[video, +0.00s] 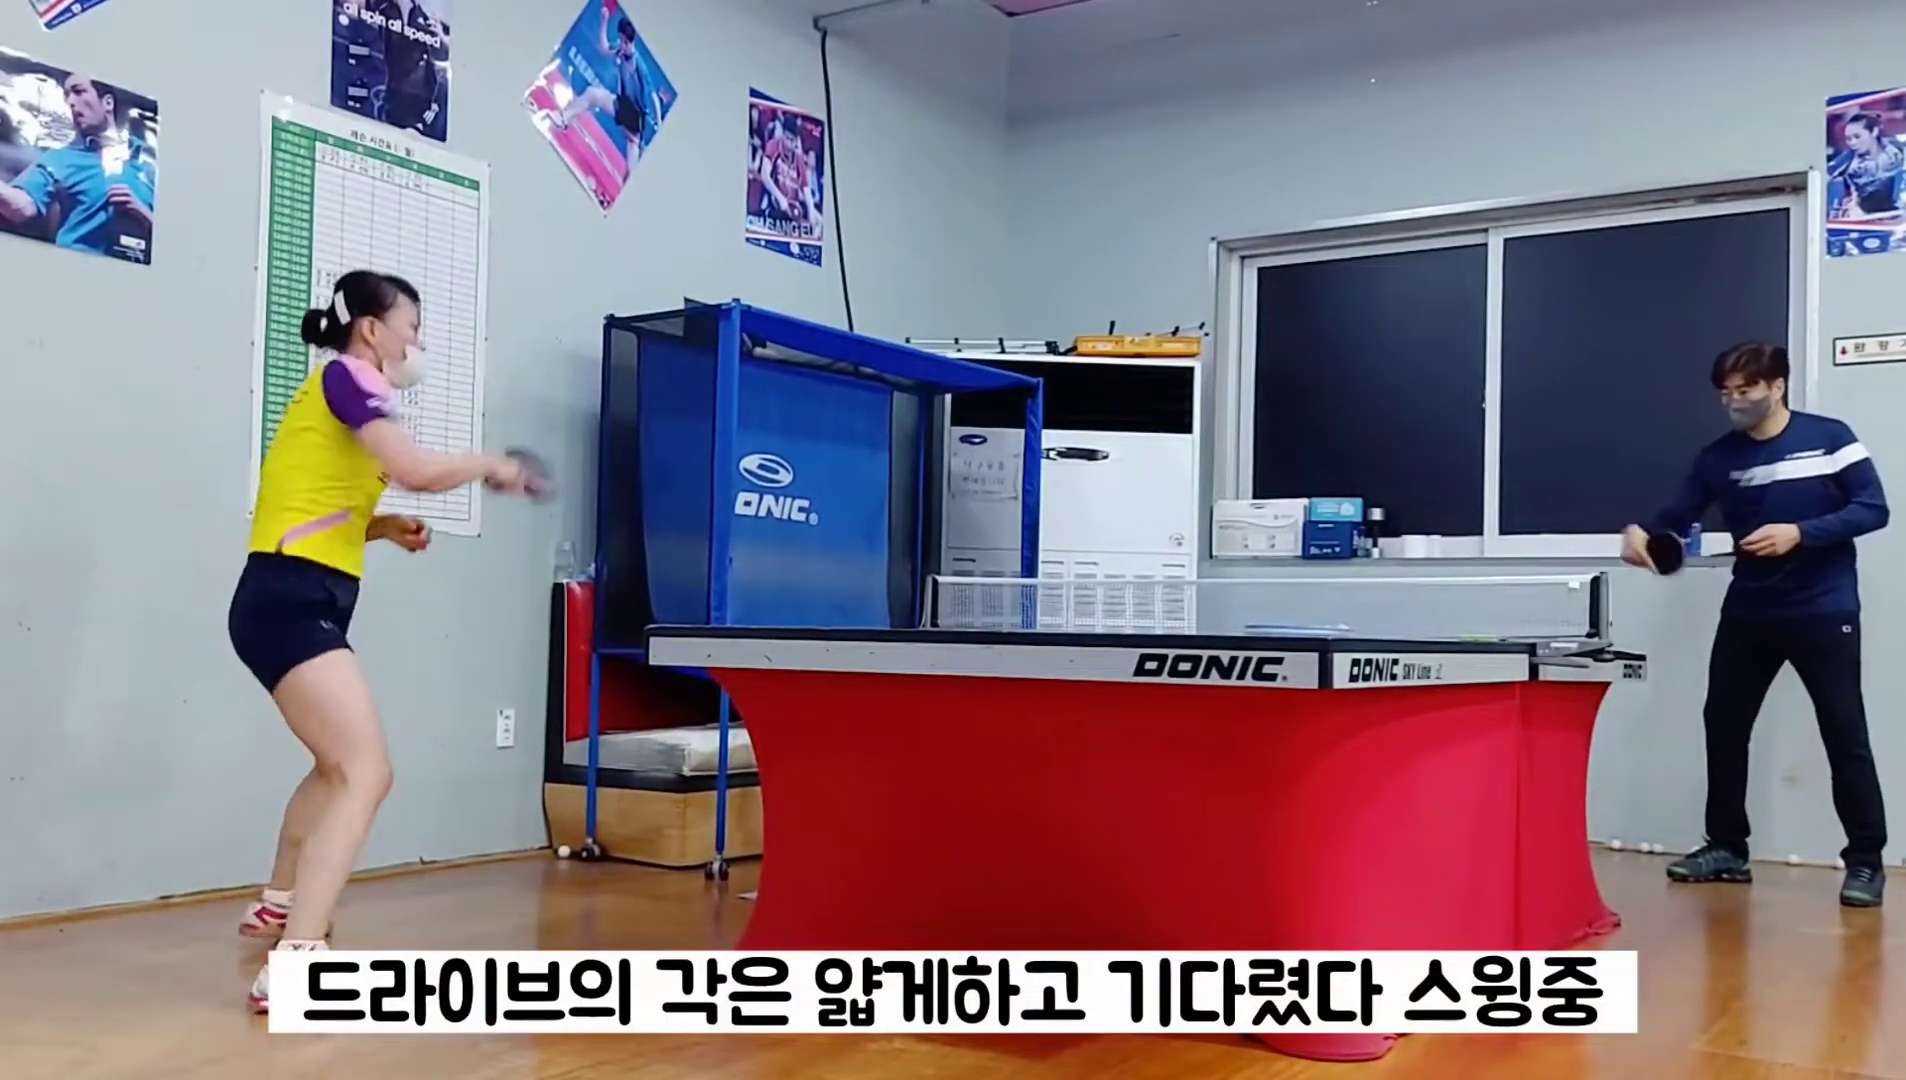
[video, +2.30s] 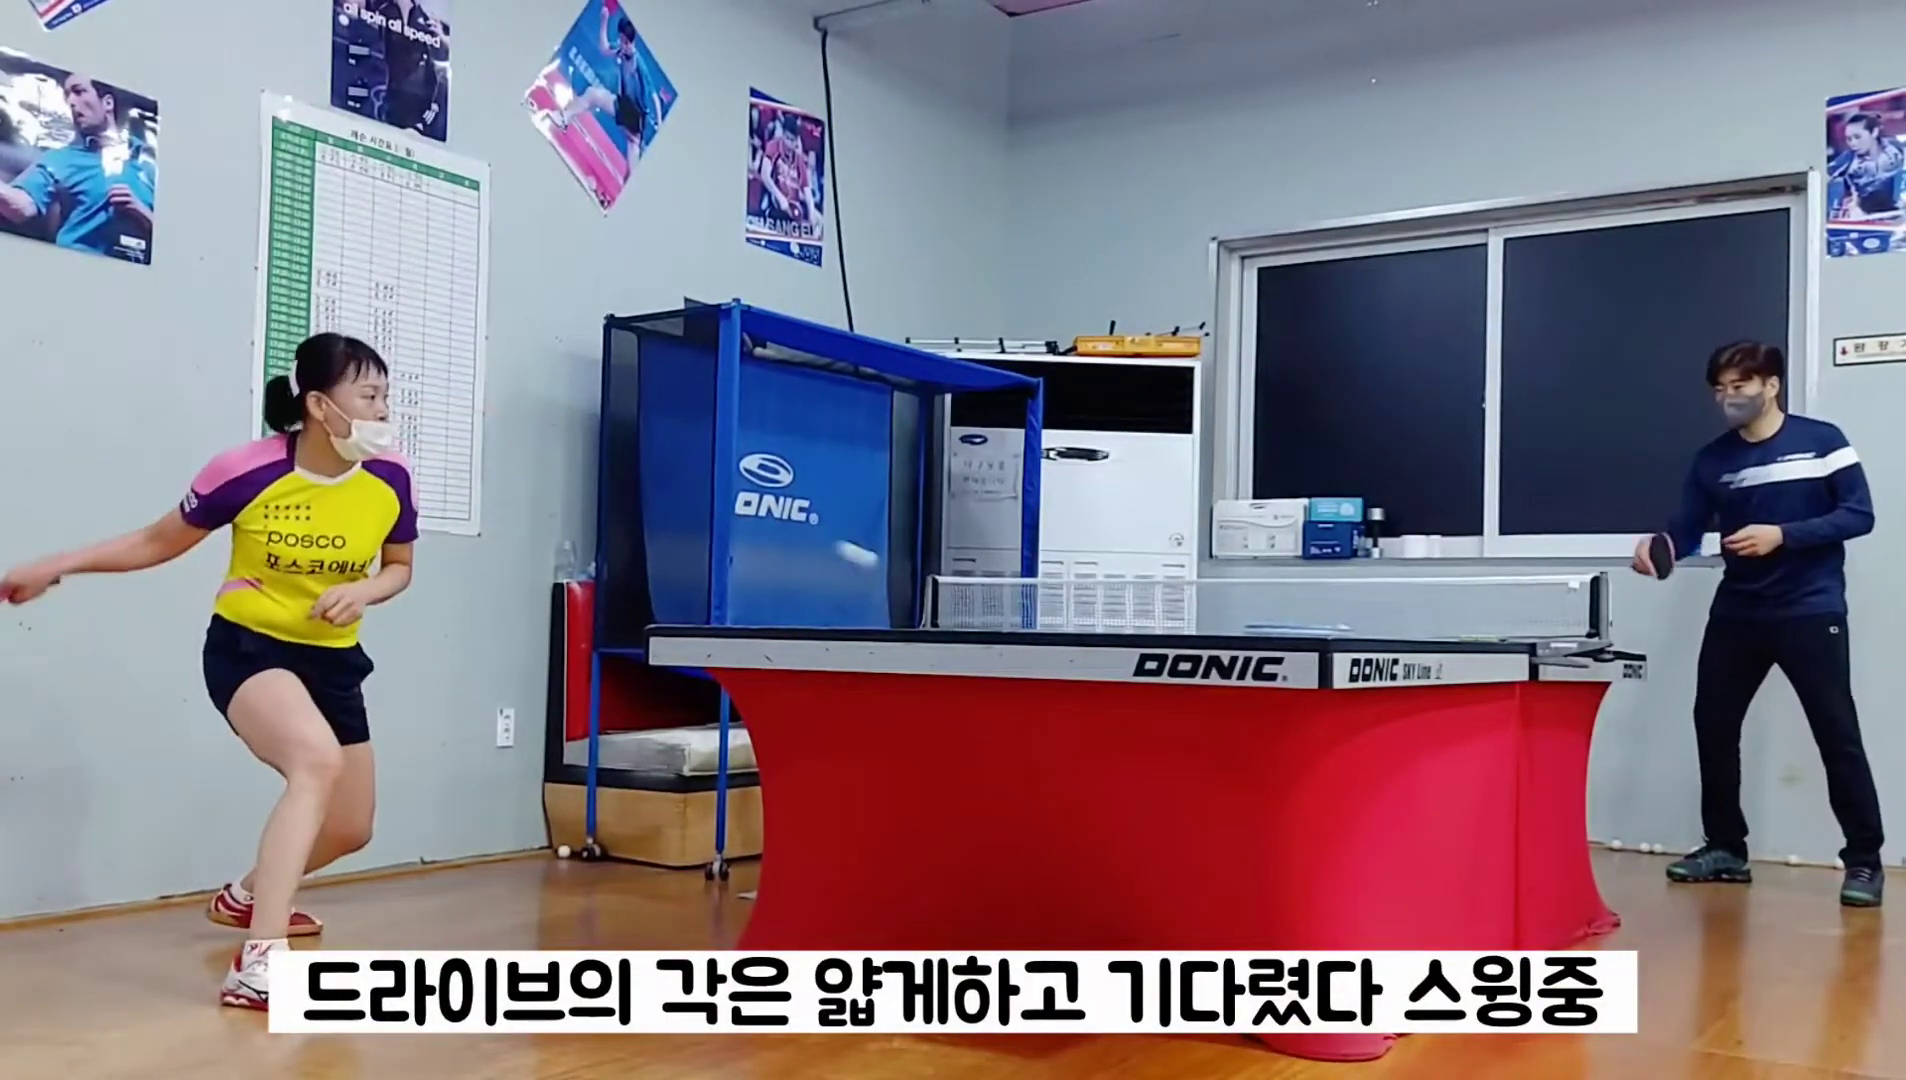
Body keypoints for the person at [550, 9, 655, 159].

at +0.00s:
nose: (621, 42)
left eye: (624, 40)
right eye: (621, 39)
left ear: (628, 40)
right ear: (619, 38)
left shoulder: (631, 57)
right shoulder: (621, 53)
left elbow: (630, 55)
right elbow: (604, 50)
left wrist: (628, 50)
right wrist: (604, 22)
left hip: (628, 107)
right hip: (636, 114)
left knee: (592, 94)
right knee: (633, 144)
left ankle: (562, 118)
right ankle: (629, 179)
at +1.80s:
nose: (622, 43)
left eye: (624, 40)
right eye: (622, 40)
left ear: (628, 41)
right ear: (622, 40)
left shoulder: (632, 56)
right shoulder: (621, 54)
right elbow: (604, 49)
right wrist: (604, 22)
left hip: (628, 109)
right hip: (636, 115)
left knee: (593, 94)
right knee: (632, 164)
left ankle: (563, 118)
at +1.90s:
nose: (621, 42)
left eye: (623, 39)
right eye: (621, 38)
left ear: (627, 39)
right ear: (623, 38)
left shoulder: (629, 53)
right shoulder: (623, 52)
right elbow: (604, 49)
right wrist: (604, 22)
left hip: (628, 109)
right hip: (637, 116)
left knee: (593, 94)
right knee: (633, 163)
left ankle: (564, 118)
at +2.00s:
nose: (622, 43)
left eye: (624, 40)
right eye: (621, 39)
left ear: (628, 41)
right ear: (622, 39)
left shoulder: (631, 55)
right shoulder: (623, 52)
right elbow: (604, 50)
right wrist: (604, 22)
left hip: (628, 109)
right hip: (637, 115)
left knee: (593, 94)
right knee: (632, 163)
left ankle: (563, 118)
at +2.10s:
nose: (621, 42)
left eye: (623, 39)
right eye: (621, 39)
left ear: (627, 40)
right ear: (625, 39)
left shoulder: (631, 55)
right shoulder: (623, 52)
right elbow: (604, 50)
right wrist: (604, 22)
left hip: (628, 108)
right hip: (636, 115)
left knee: (593, 94)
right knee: (633, 159)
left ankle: (563, 117)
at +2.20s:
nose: (621, 43)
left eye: (623, 40)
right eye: (621, 39)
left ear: (628, 40)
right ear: (624, 39)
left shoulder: (631, 55)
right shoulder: (624, 52)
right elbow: (605, 50)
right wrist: (604, 22)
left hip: (628, 108)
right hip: (637, 115)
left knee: (593, 94)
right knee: (632, 164)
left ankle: (563, 117)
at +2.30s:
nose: (621, 41)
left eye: (623, 38)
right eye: (621, 38)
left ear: (627, 40)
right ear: (623, 38)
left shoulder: (630, 54)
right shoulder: (623, 51)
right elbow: (604, 50)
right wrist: (604, 22)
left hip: (628, 108)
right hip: (637, 115)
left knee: (593, 94)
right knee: (633, 159)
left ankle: (564, 118)